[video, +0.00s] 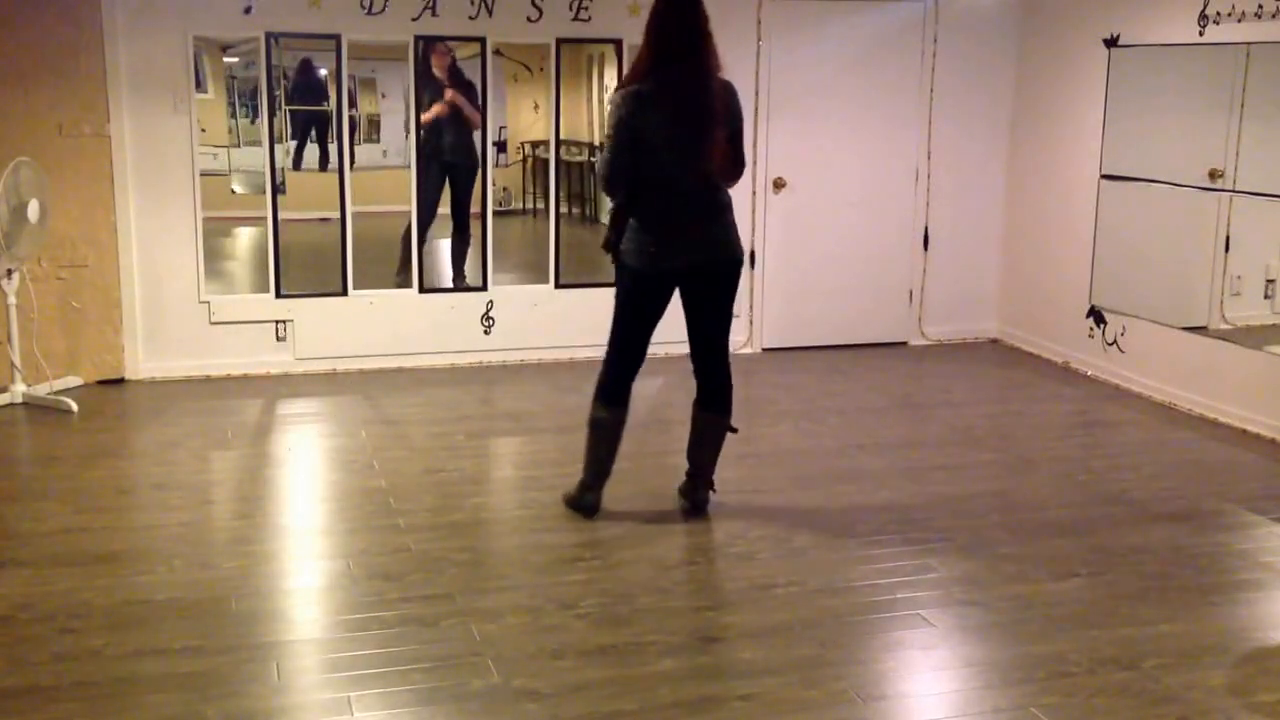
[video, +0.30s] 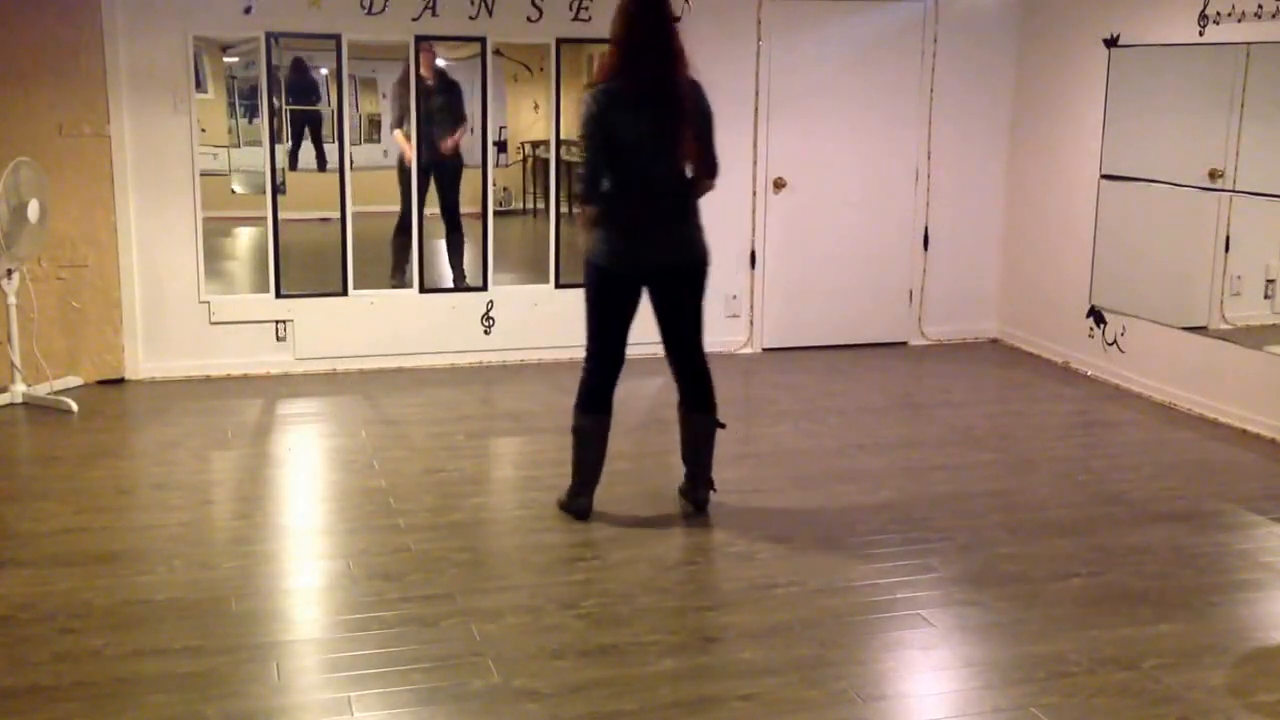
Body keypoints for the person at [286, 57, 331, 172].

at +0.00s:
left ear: (299, 68)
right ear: (312, 67)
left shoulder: (296, 81)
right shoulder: (317, 80)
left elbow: (291, 98)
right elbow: (325, 96)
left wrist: (293, 111)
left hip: (304, 113)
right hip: (320, 112)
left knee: (301, 141)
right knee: (322, 143)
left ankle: (296, 167)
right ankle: (323, 169)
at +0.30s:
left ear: (291, 67)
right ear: (305, 66)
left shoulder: (289, 80)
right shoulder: (311, 79)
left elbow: (286, 97)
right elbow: (318, 97)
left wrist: (289, 105)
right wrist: (311, 102)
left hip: (296, 112)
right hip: (312, 111)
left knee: (295, 143)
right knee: (317, 142)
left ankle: (292, 169)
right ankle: (322, 168)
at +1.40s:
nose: (279, 70)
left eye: (280, 67)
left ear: (282, 67)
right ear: (293, 65)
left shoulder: (281, 80)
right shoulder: (301, 79)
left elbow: (278, 98)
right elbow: (306, 97)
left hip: (286, 114)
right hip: (301, 113)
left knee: (288, 144)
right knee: (299, 143)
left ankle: (290, 171)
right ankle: (304, 168)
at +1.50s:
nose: (280, 70)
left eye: (281, 67)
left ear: (283, 67)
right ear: (294, 65)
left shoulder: (281, 80)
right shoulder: (301, 78)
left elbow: (278, 98)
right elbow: (306, 95)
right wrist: (304, 103)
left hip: (288, 112)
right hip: (302, 111)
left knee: (290, 143)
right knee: (302, 141)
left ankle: (291, 168)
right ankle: (305, 166)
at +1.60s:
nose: (281, 70)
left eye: (281, 67)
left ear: (284, 67)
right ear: (294, 65)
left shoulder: (282, 81)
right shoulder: (302, 78)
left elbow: (279, 98)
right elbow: (307, 95)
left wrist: (280, 110)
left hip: (289, 113)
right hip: (304, 112)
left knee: (290, 143)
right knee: (303, 142)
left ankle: (291, 169)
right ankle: (306, 167)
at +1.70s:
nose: (281, 70)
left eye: (282, 67)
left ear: (284, 67)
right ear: (295, 65)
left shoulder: (282, 80)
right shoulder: (302, 78)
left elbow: (279, 98)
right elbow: (307, 96)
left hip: (289, 113)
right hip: (304, 112)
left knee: (291, 144)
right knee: (305, 143)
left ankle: (291, 169)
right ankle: (306, 167)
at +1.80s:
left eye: (283, 67)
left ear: (283, 67)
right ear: (295, 65)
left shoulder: (282, 81)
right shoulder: (302, 78)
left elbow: (279, 99)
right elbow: (309, 95)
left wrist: (281, 111)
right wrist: (306, 103)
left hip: (290, 112)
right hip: (305, 111)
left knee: (291, 144)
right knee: (306, 142)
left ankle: (291, 170)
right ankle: (306, 169)